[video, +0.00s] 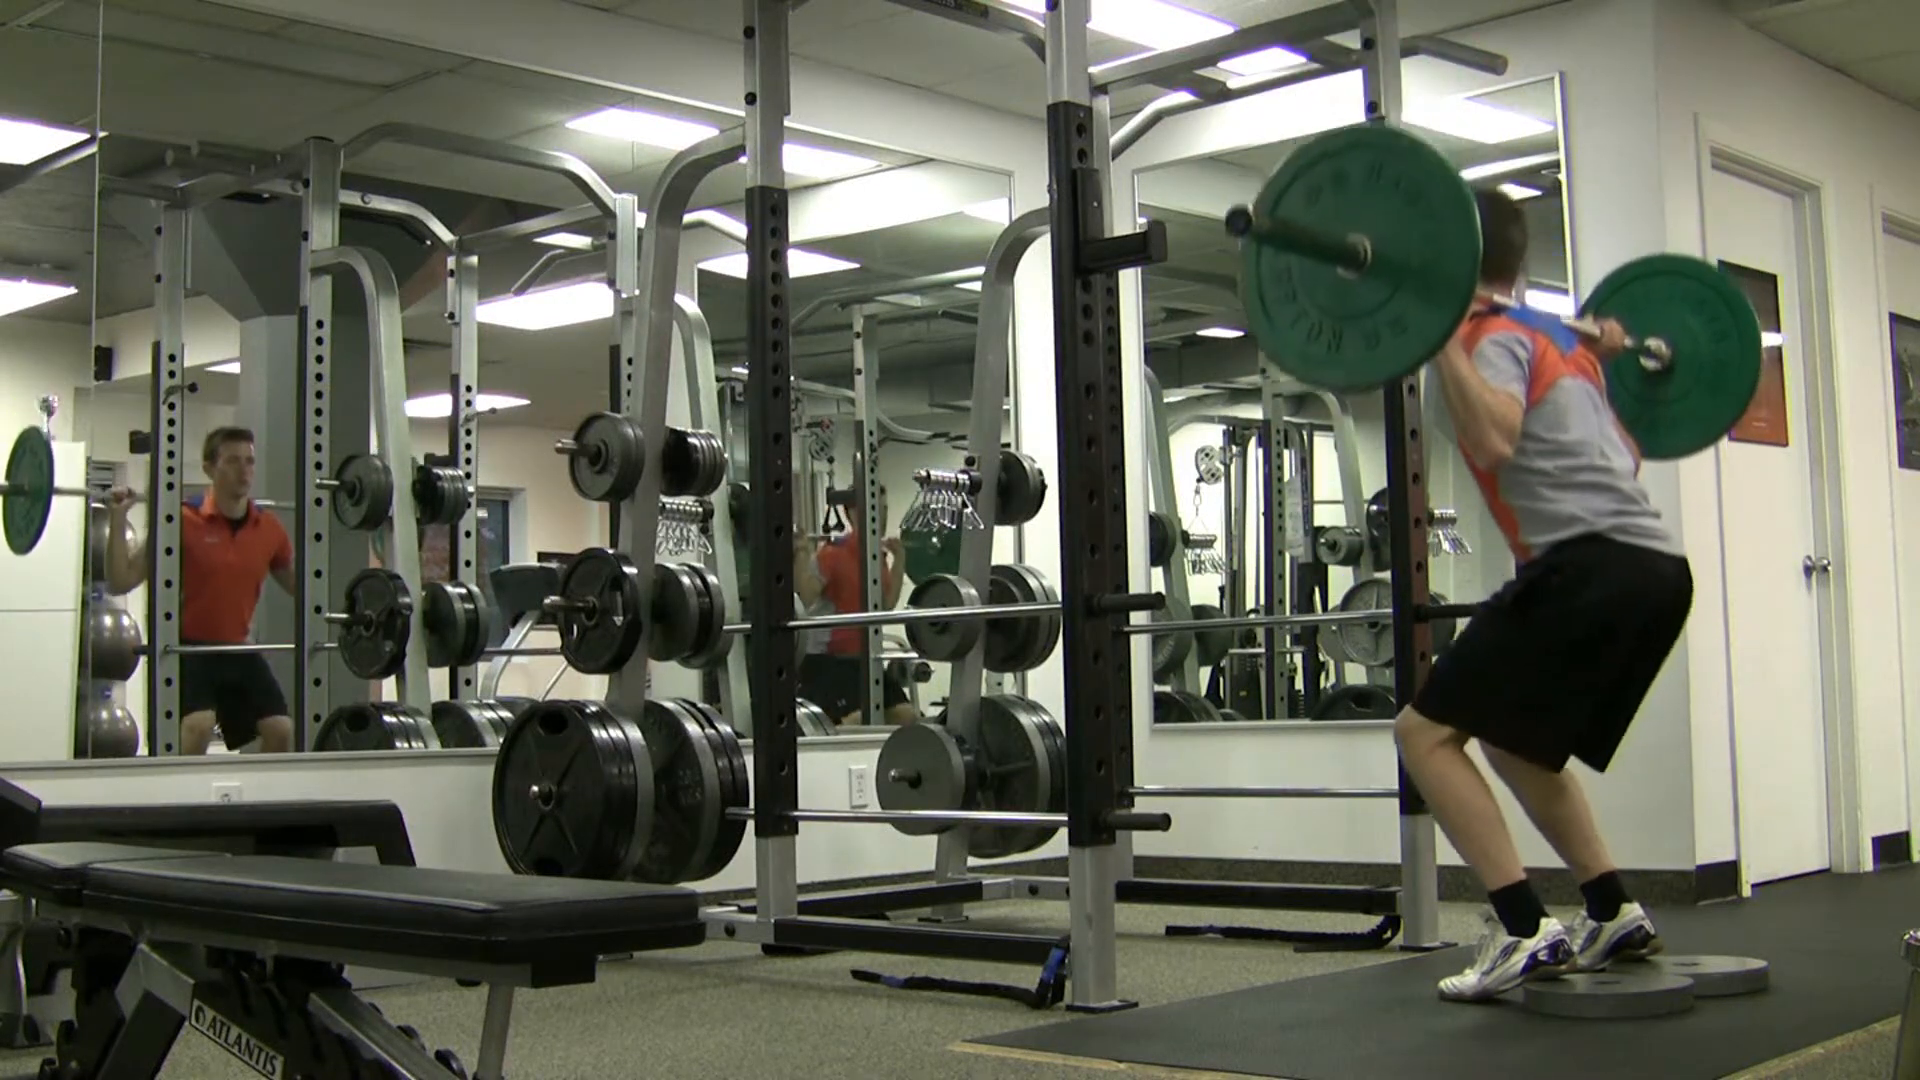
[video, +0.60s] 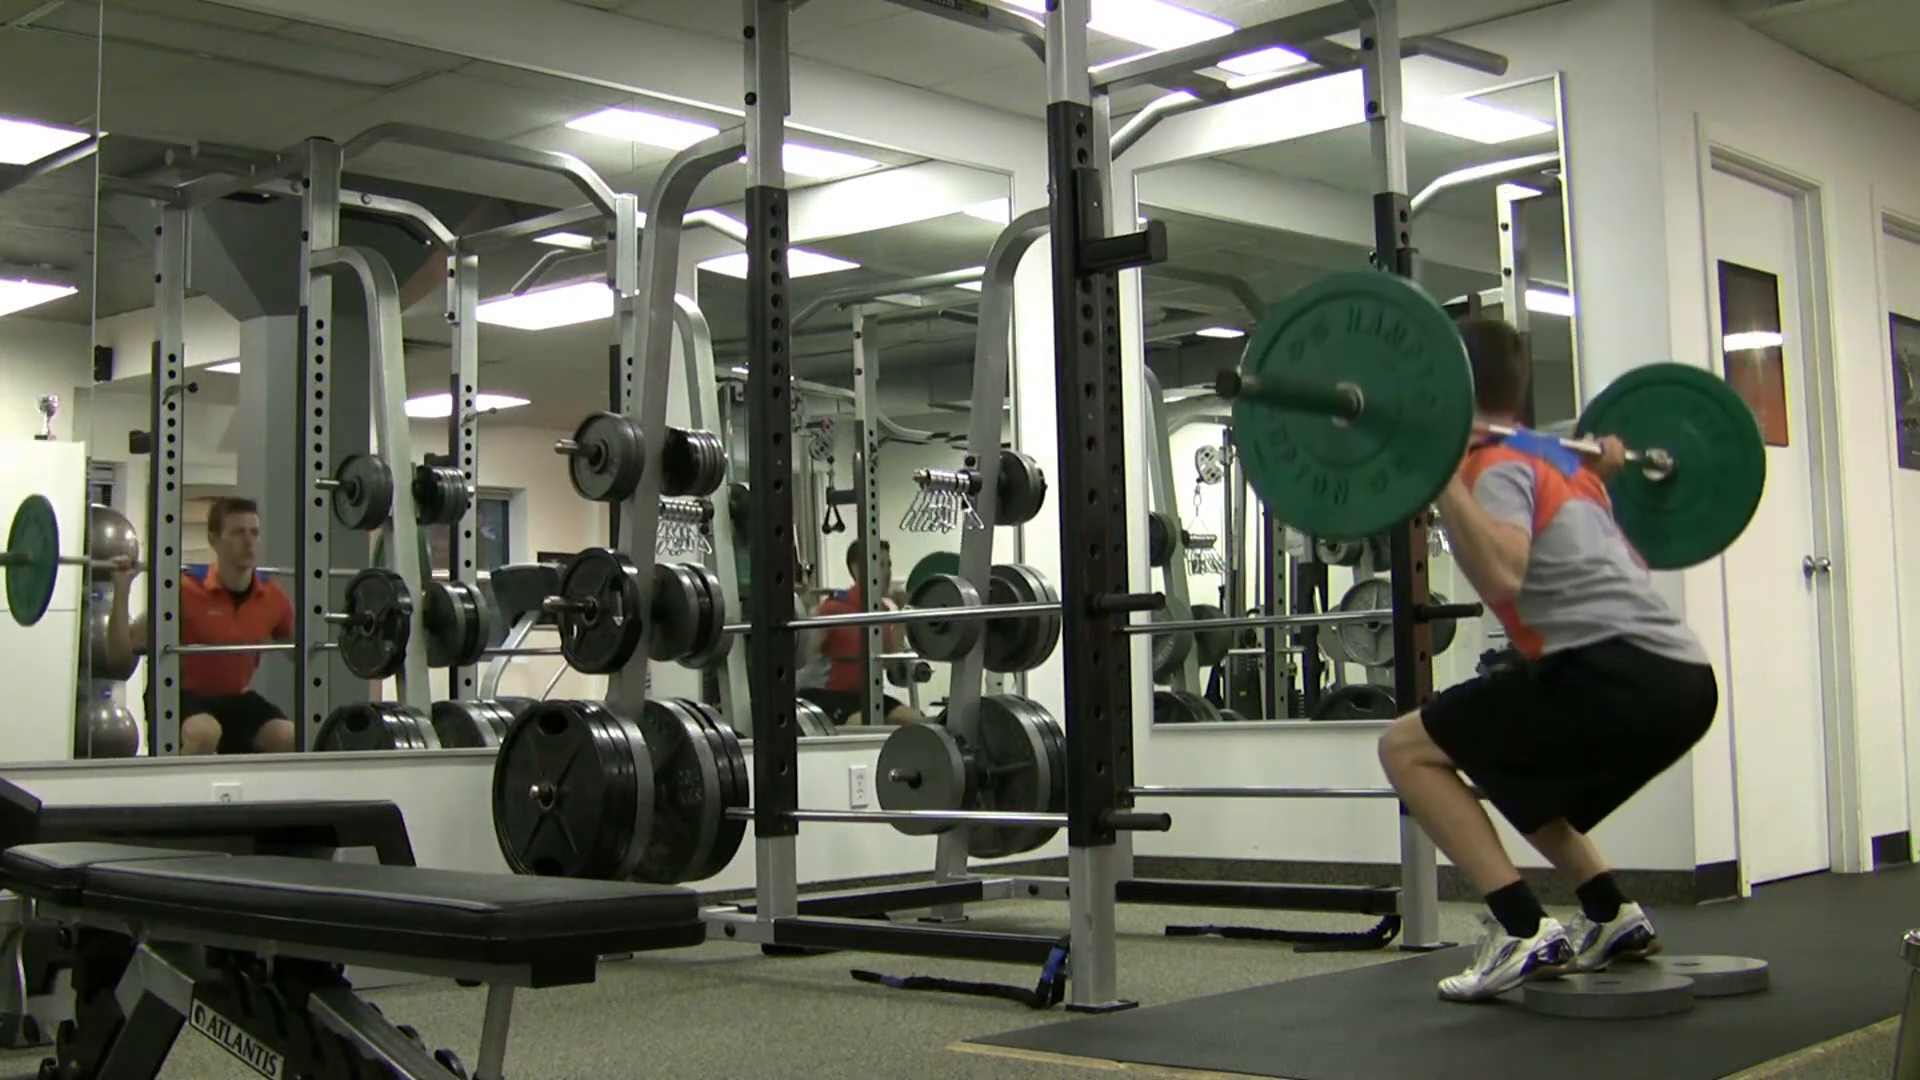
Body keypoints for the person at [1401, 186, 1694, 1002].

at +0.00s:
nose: (1435, 276)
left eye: (1441, 259)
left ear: (1454, 263)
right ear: (1518, 266)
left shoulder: (1494, 335)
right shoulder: (1564, 345)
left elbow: (1493, 442)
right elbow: (1625, 450)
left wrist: (1440, 339)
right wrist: (1598, 357)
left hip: (1585, 566)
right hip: (1656, 572)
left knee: (1423, 731)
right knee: (1517, 741)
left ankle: (1524, 930)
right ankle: (1615, 912)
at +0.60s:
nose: (1429, 396)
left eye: (1435, 382)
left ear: (1447, 390)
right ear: (1520, 393)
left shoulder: (1498, 462)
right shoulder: (1564, 459)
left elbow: (1503, 578)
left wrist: (1442, 476)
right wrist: (1602, 471)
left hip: (1611, 674)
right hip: (1682, 683)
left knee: (1406, 748)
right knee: (1509, 773)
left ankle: (1523, 929)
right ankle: (1613, 914)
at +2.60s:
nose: (1427, 151)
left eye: (1432, 132)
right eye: (1435, 133)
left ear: (1457, 137)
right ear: (1511, 139)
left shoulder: (1485, 212)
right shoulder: (1561, 223)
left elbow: (1473, 321)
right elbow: (1616, 352)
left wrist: (1432, 212)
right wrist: (1600, 249)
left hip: (1534, 472)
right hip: (1597, 469)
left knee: (1502, 702)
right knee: (1579, 700)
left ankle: (1528, 929)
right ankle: (1619, 910)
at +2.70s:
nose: (1427, 148)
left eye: (1432, 128)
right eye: (1436, 129)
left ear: (1455, 134)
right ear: (1512, 136)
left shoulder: (1487, 210)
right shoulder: (1563, 221)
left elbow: (1473, 319)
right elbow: (1616, 352)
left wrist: (1432, 209)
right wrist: (1601, 248)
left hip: (1528, 470)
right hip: (1593, 468)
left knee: (1509, 699)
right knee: (1586, 698)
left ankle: (1529, 929)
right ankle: (1619, 909)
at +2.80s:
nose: (1426, 146)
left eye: (1431, 125)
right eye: (1435, 127)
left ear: (1455, 133)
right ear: (1512, 135)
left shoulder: (1487, 210)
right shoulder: (1563, 222)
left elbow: (1473, 318)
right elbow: (1614, 354)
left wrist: (1433, 208)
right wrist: (1600, 247)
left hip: (1524, 471)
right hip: (1591, 470)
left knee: (1517, 698)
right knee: (1598, 698)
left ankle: (1530, 928)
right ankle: (1621, 909)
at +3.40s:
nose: (1430, 164)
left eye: (1435, 143)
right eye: (1439, 143)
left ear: (1456, 152)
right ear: (1511, 156)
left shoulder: (1488, 230)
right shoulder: (1558, 241)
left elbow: (1476, 336)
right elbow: (1615, 363)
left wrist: (1431, 229)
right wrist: (1596, 262)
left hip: (1543, 488)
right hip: (1606, 487)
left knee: (1465, 709)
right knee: (1554, 710)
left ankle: (1525, 928)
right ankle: (1616, 910)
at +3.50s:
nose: (1429, 186)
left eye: (1433, 165)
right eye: (1437, 166)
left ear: (1452, 171)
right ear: (1510, 177)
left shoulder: (1486, 247)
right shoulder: (1559, 257)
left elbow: (1476, 353)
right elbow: (1616, 381)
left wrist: (1430, 246)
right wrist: (1596, 276)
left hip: (1550, 498)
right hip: (1617, 501)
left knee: (1450, 707)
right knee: (1537, 709)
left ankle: (1524, 929)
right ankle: (1614, 909)